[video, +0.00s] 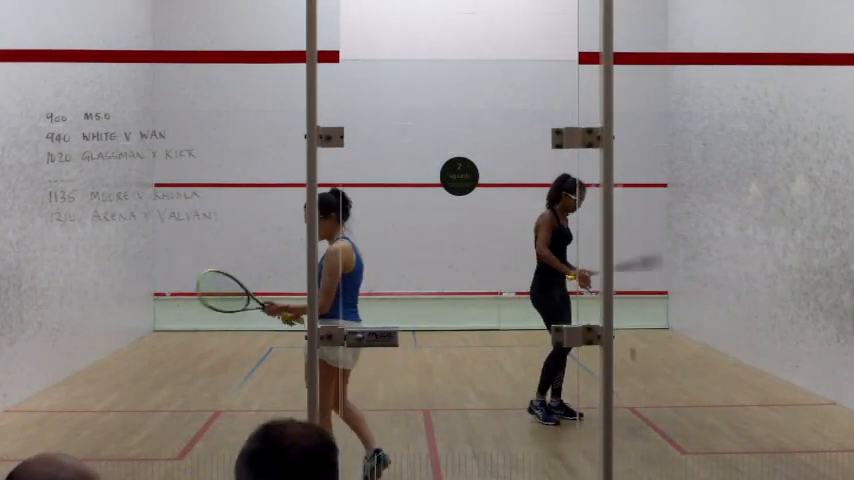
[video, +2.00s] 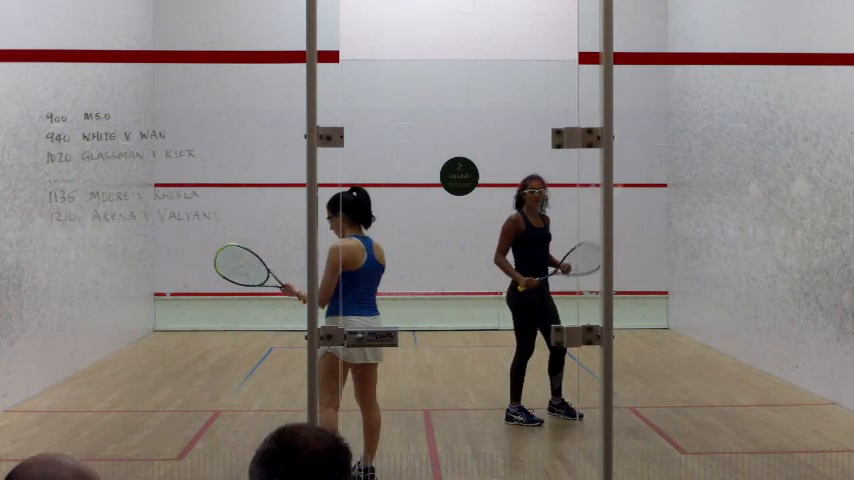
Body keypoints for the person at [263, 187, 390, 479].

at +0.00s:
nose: (311, 226)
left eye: (314, 219)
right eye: (310, 219)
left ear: (330, 217)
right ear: (337, 218)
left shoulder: (336, 252)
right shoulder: (348, 248)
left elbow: (323, 304)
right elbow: (334, 303)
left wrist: (284, 308)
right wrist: (299, 313)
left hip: (333, 338)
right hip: (349, 336)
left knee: (321, 406)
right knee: (340, 401)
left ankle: (319, 463)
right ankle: (374, 452)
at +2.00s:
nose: (329, 225)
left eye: (330, 219)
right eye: (329, 219)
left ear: (342, 217)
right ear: (359, 217)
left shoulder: (340, 250)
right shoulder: (377, 250)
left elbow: (323, 298)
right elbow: (363, 294)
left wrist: (300, 294)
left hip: (339, 332)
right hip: (370, 331)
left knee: (328, 404)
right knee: (368, 401)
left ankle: (327, 467)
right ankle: (367, 466)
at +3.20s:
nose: (322, 220)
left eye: (328, 214)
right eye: (319, 215)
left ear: (344, 216)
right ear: (317, 216)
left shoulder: (348, 248)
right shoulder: (335, 248)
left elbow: (339, 299)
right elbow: (329, 296)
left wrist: (301, 299)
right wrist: (306, 309)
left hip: (338, 328)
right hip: (336, 327)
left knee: (325, 402)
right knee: (348, 399)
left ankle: (324, 460)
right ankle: (364, 455)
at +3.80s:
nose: (303, 239)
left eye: (303, 233)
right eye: (304, 233)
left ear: (307, 235)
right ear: (328, 230)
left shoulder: (321, 261)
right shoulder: (349, 256)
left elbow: (325, 314)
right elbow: (351, 308)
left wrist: (298, 326)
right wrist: (311, 324)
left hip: (358, 337)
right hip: (379, 333)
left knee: (321, 400)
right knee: (366, 396)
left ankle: (325, 463)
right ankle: (385, 460)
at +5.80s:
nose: (330, 246)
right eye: (328, 243)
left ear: (299, 253)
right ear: (326, 245)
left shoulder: (305, 275)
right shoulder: (349, 264)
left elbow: (317, 321)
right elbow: (347, 317)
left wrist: (325, 355)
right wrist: (305, 341)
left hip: (352, 332)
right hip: (385, 328)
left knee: (323, 402)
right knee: (373, 395)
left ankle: (329, 463)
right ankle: (382, 462)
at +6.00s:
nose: (324, 245)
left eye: (321, 241)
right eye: (320, 242)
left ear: (294, 256)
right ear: (317, 247)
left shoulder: (300, 281)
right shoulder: (343, 267)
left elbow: (315, 327)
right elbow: (337, 317)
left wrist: (323, 355)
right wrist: (295, 344)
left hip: (350, 337)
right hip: (381, 331)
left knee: (313, 404)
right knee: (372, 396)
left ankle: (335, 462)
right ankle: (383, 461)